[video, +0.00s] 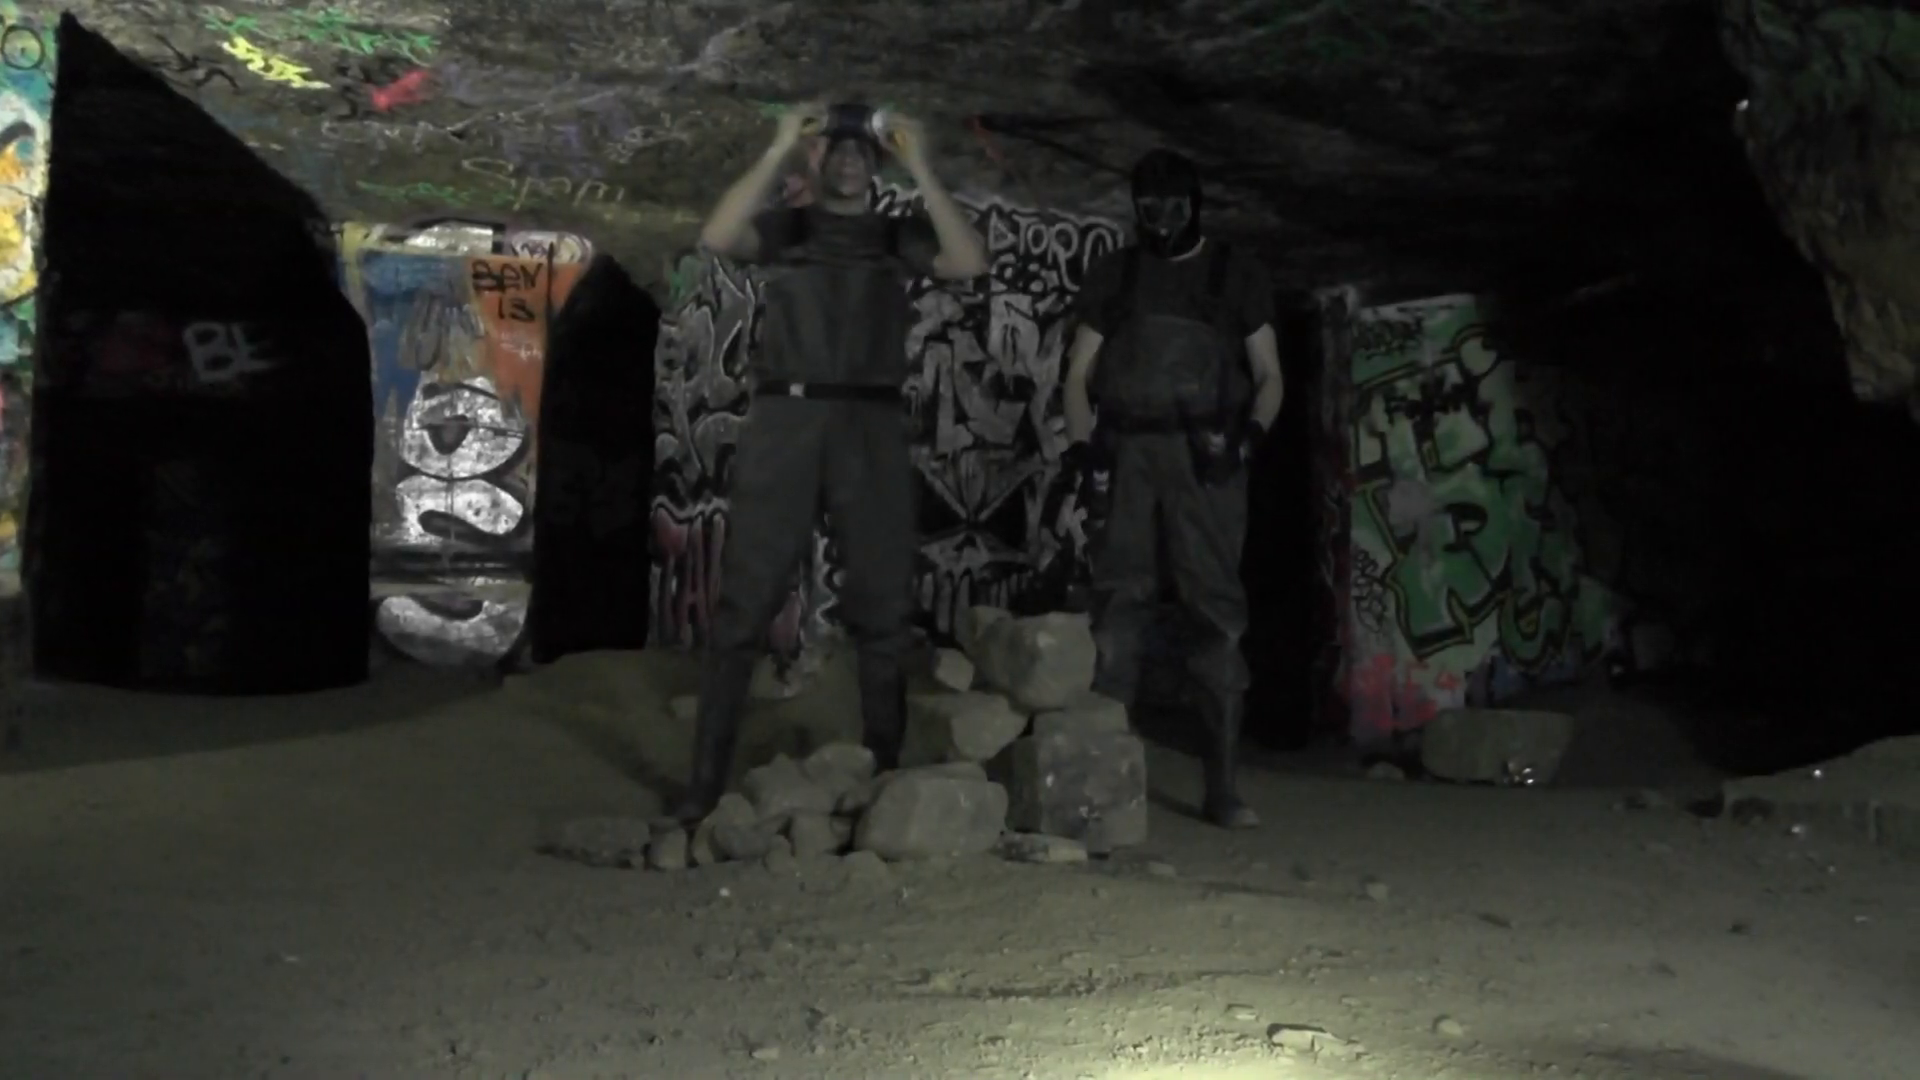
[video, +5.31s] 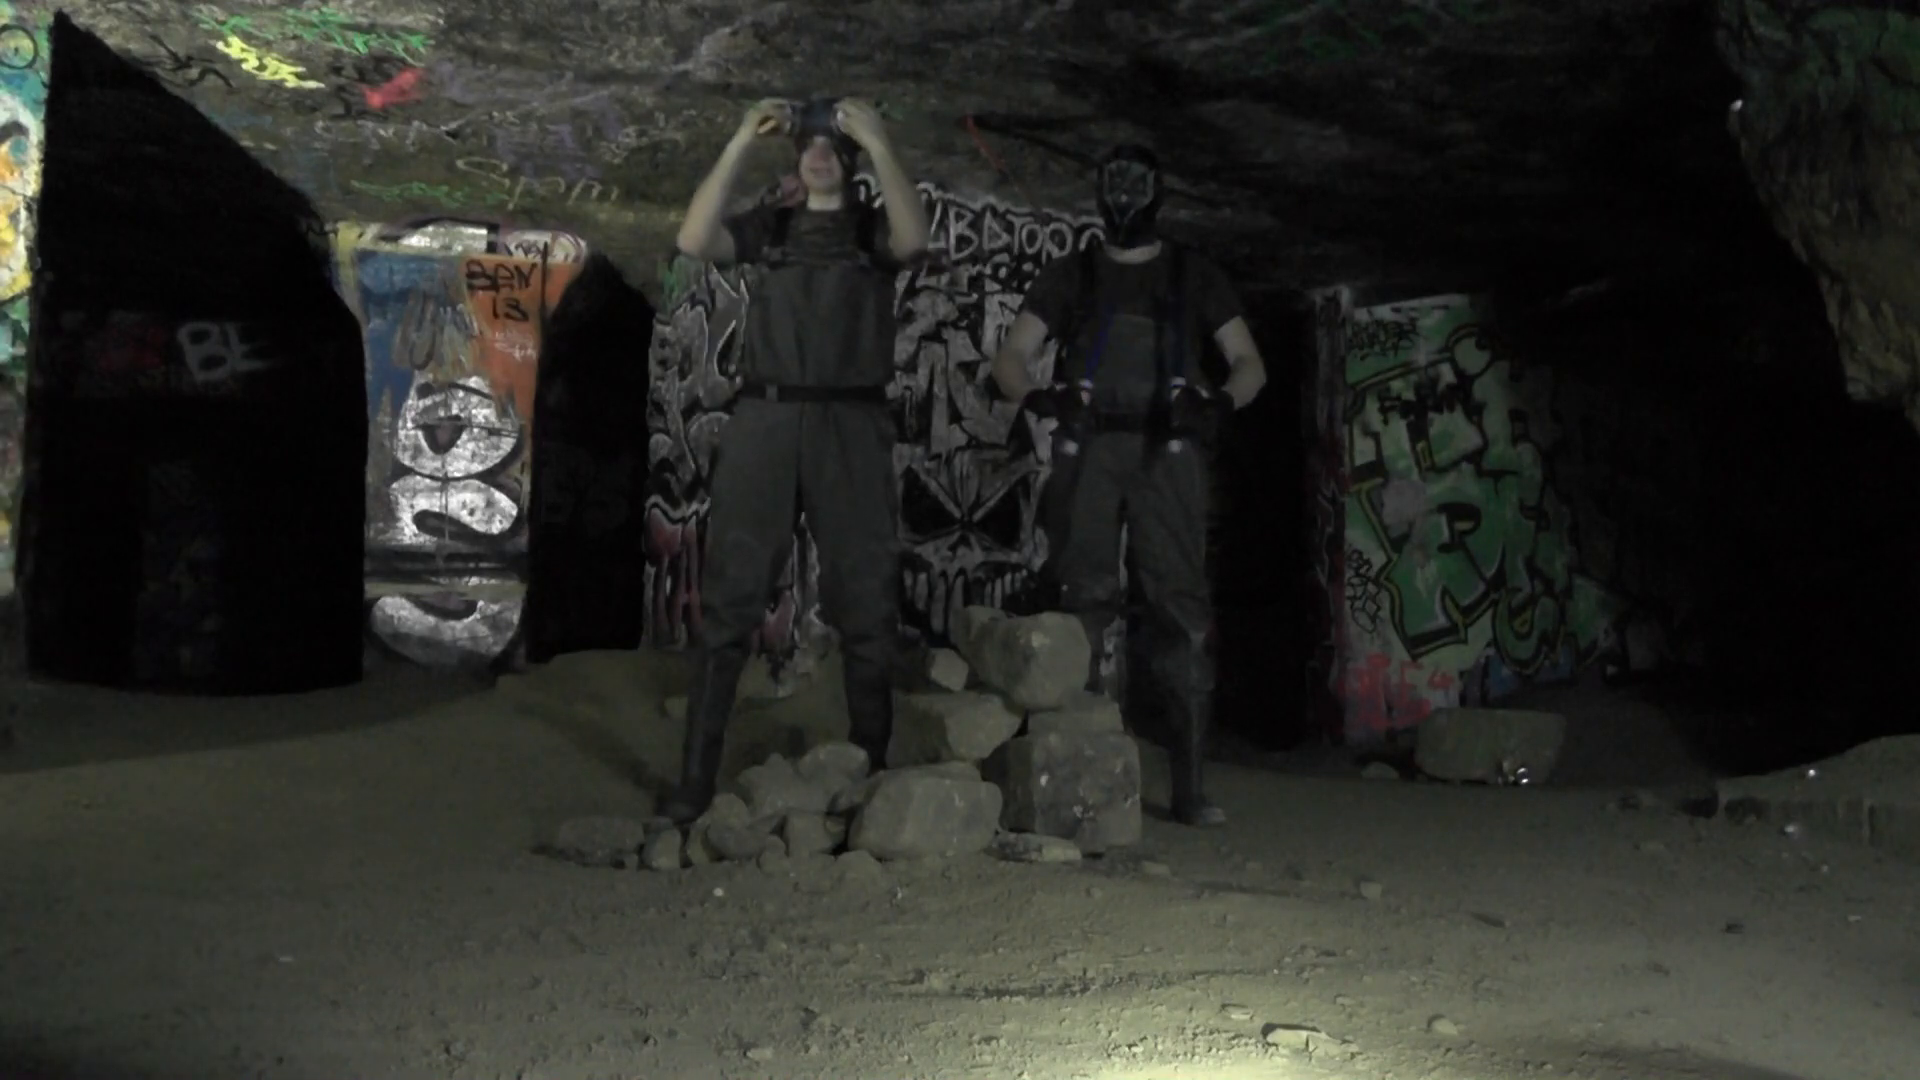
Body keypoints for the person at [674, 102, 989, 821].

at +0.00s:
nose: (846, 164)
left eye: (858, 154)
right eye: (834, 153)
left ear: (876, 168)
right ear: (809, 165)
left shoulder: (896, 233)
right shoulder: (782, 229)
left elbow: (969, 263)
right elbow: (719, 237)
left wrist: (918, 168)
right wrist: (779, 153)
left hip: (871, 436)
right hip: (782, 435)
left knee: (882, 610)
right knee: (744, 607)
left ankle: (884, 775)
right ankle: (706, 783)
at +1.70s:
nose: (849, 167)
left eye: (861, 154)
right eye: (837, 151)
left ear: (872, 162)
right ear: (805, 152)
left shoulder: (882, 228)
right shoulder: (768, 215)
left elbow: (942, 293)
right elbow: (653, 246)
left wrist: (909, 187)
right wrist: (731, 226)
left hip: (857, 437)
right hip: (769, 434)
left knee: (867, 609)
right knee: (737, 606)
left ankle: (882, 778)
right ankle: (698, 785)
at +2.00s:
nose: (860, 166)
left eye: (873, 155)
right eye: (850, 149)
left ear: (884, 161)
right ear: (819, 145)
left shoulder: (891, 230)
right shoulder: (769, 215)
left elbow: (956, 289)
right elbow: (668, 261)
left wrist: (926, 183)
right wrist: (727, 311)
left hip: (858, 439)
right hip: (769, 435)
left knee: (868, 612)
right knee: (736, 609)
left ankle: (882, 779)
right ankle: (699, 786)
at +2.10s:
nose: (856, 161)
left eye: (870, 151)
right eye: (845, 145)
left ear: (881, 160)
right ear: (816, 146)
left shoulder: (893, 230)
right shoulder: (771, 213)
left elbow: (954, 282)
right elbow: (662, 231)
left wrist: (922, 176)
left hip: (858, 437)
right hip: (769, 432)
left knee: (868, 613)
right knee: (738, 608)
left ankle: (879, 781)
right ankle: (700, 785)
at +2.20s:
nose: (847, 163)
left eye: (861, 152)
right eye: (836, 147)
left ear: (879, 162)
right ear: (811, 150)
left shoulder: (892, 230)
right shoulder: (770, 217)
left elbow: (955, 278)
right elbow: (657, 201)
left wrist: (918, 175)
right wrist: (755, 192)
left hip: (859, 438)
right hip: (769, 433)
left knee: (869, 614)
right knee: (737, 609)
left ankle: (880, 780)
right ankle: (699, 786)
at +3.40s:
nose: (828, 156)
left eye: (836, 145)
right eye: (815, 141)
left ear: (847, 157)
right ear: (781, 146)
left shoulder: (851, 231)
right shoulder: (750, 219)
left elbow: (936, 271)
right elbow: (745, 260)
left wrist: (911, 173)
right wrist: (795, 187)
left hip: (843, 435)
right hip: (759, 431)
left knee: (867, 605)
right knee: (732, 600)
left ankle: (883, 771)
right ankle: (679, 771)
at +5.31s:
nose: (821, 157)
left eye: (833, 150)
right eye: (811, 149)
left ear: (853, 166)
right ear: (791, 167)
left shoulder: (873, 228)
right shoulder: (765, 227)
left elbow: (911, 240)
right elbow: (694, 240)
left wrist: (878, 144)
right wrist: (740, 143)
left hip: (852, 437)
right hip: (763, 434)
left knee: (865, 612)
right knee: (731, 607)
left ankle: (870, 779)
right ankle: (696, 784)